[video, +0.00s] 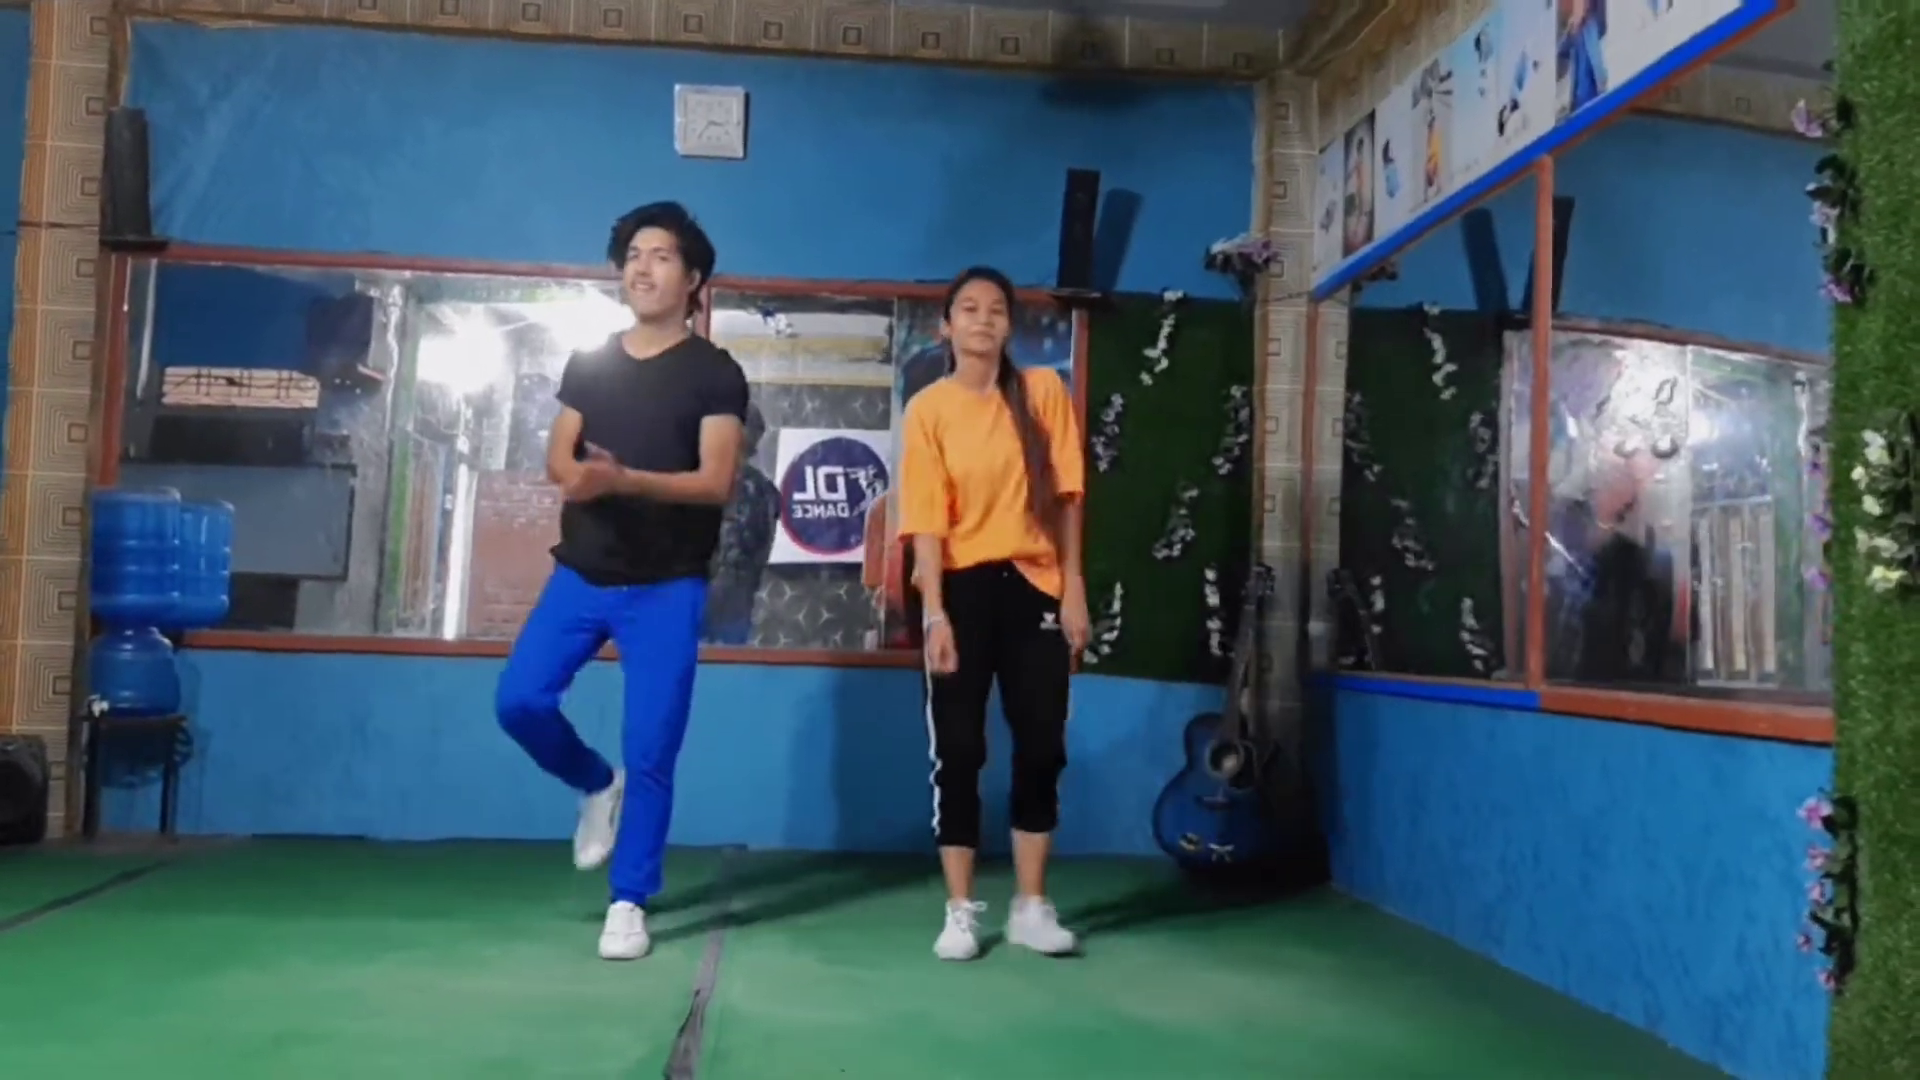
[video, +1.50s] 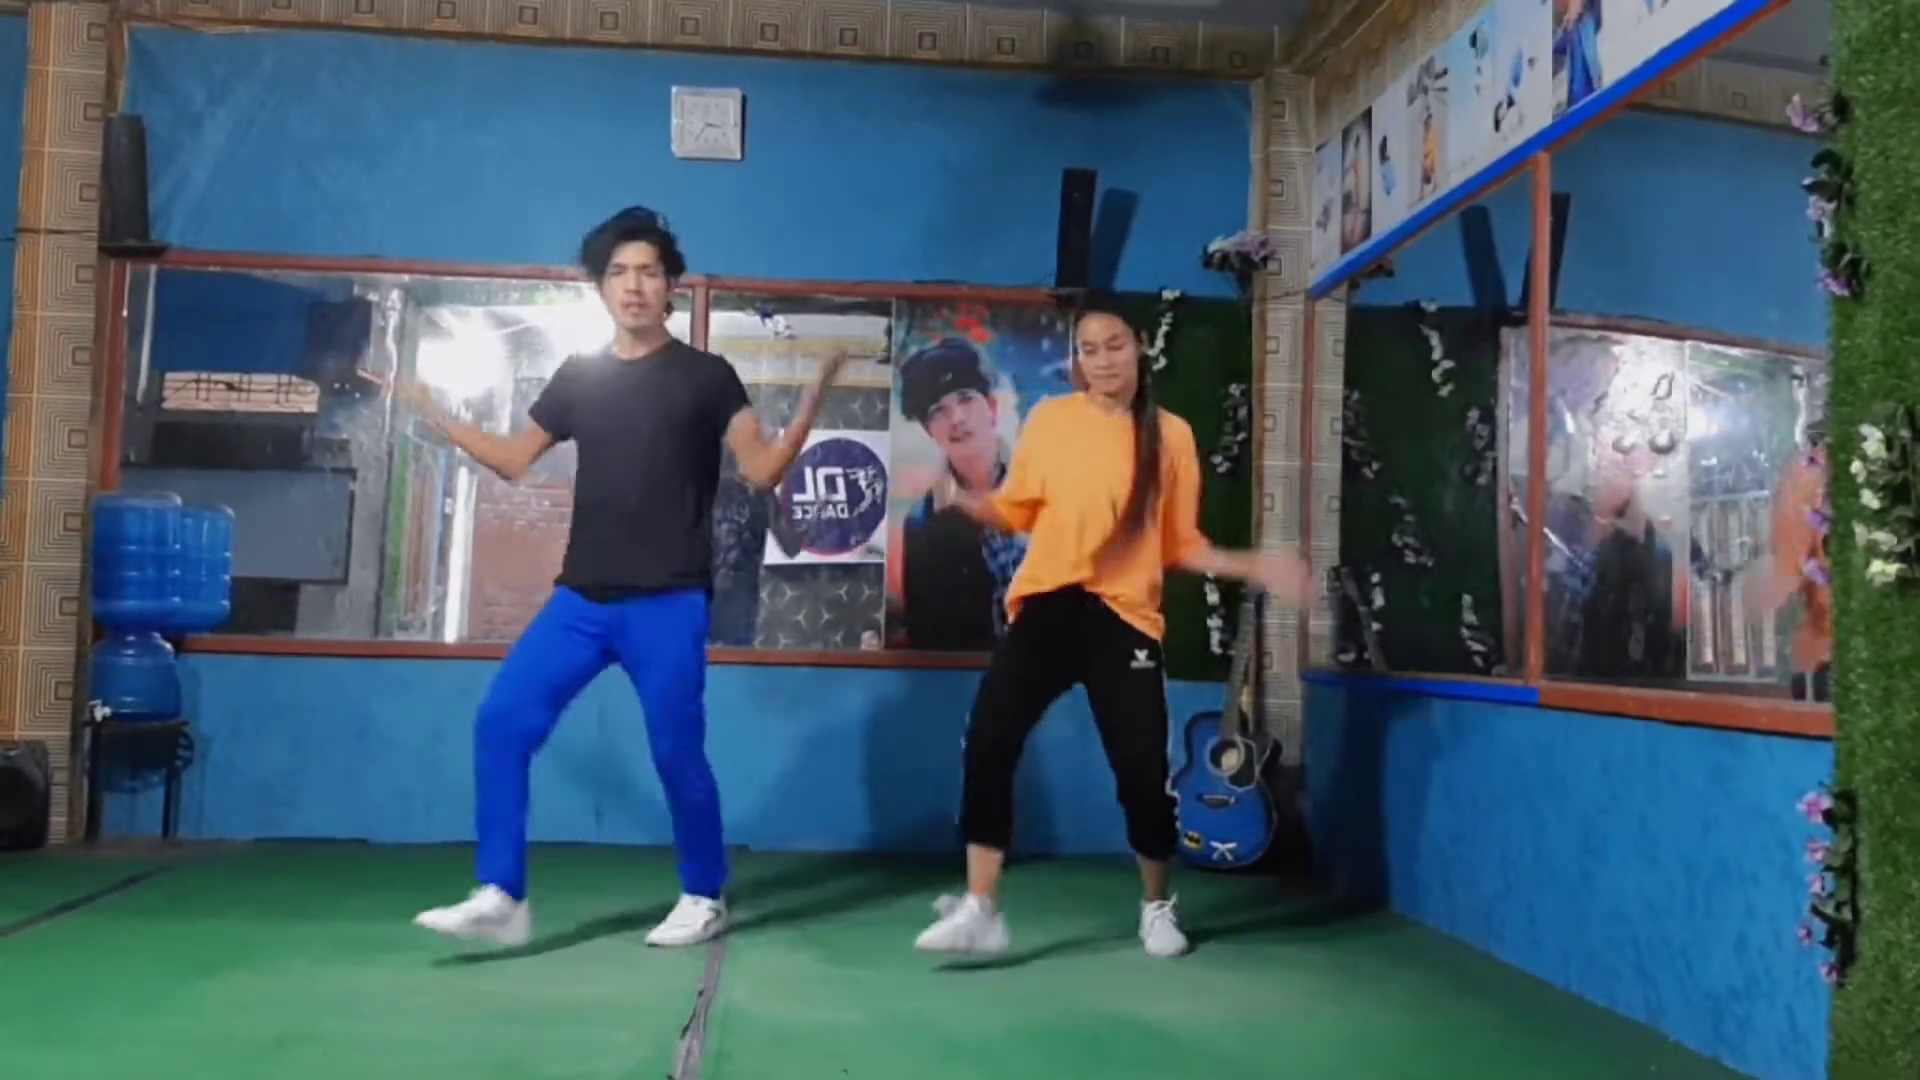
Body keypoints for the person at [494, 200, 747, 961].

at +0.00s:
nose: (644, 269)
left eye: (662, 258)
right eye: (635, 257)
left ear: (694, 279)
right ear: (619, 274)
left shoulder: (715, 373)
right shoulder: (589, 367)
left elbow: (717, 484)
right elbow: (558, 459)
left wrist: (624, 480)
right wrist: (585, 479)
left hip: (666, 589)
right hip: (580, 578)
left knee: (648, 753)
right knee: (520, 704)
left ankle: (629, 901)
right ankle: (598, 784)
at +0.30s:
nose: (625, 269)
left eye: (641, 258)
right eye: (614, 258)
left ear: (670, 277)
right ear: (597, 276)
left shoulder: (693, 366)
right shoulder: (573, 372)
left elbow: (698, 479)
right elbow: (545, 467)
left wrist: (605, 500)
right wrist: (574, 490)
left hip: (656, 588)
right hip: (573, 586)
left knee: (643, 752)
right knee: (540, 738)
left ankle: (630, 909)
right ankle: (565, 893)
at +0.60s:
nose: (613, 263)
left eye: (626, 251)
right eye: (597, 251)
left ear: (643, 268)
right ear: (571, 269)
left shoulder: (678, 356)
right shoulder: (543, 361)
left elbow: (743, 442)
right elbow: (496, 466)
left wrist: (663, 458)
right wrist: (577, 483)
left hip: (655, 581)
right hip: (565, 584)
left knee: (663, 710)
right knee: (563, 740)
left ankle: (630, 865)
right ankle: (572, 892)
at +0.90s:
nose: (631, 263)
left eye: (644, 251)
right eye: (615, 251)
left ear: (661, 267)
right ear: (586, 267)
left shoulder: (689, 358)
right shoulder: (552, 351)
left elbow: (775, 424)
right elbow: (457, 412)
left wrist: (838, 380)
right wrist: (394, 357)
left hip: (659, 584)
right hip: (569, 582)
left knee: (637, 743)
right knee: (574, 744)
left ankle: (622, 902)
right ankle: (578, 893)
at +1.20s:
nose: (625, 284)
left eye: (638, 271)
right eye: (609, 270)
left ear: (655, 285)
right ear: (583, 284)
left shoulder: (692, 368)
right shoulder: (551, 375)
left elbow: (777, 425)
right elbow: (487, 440)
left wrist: (796, 463)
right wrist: (440, 484)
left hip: (658, 593)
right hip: (566, 592)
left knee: (649, 725)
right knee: (548, 743)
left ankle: (626, 868)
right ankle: (566, 898)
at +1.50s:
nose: (636, 287)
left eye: (650, 274)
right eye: (622, 274)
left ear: (672, 288)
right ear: (600, 288)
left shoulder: (708, 376)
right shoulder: (581, 376)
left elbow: (763, 469)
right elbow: (512, 458)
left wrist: (817, 393)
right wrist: (434, 414)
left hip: (667, 603)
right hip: (582, 599)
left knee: (677, 751)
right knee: (502, 721)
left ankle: (703, 898)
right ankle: (502, 897)